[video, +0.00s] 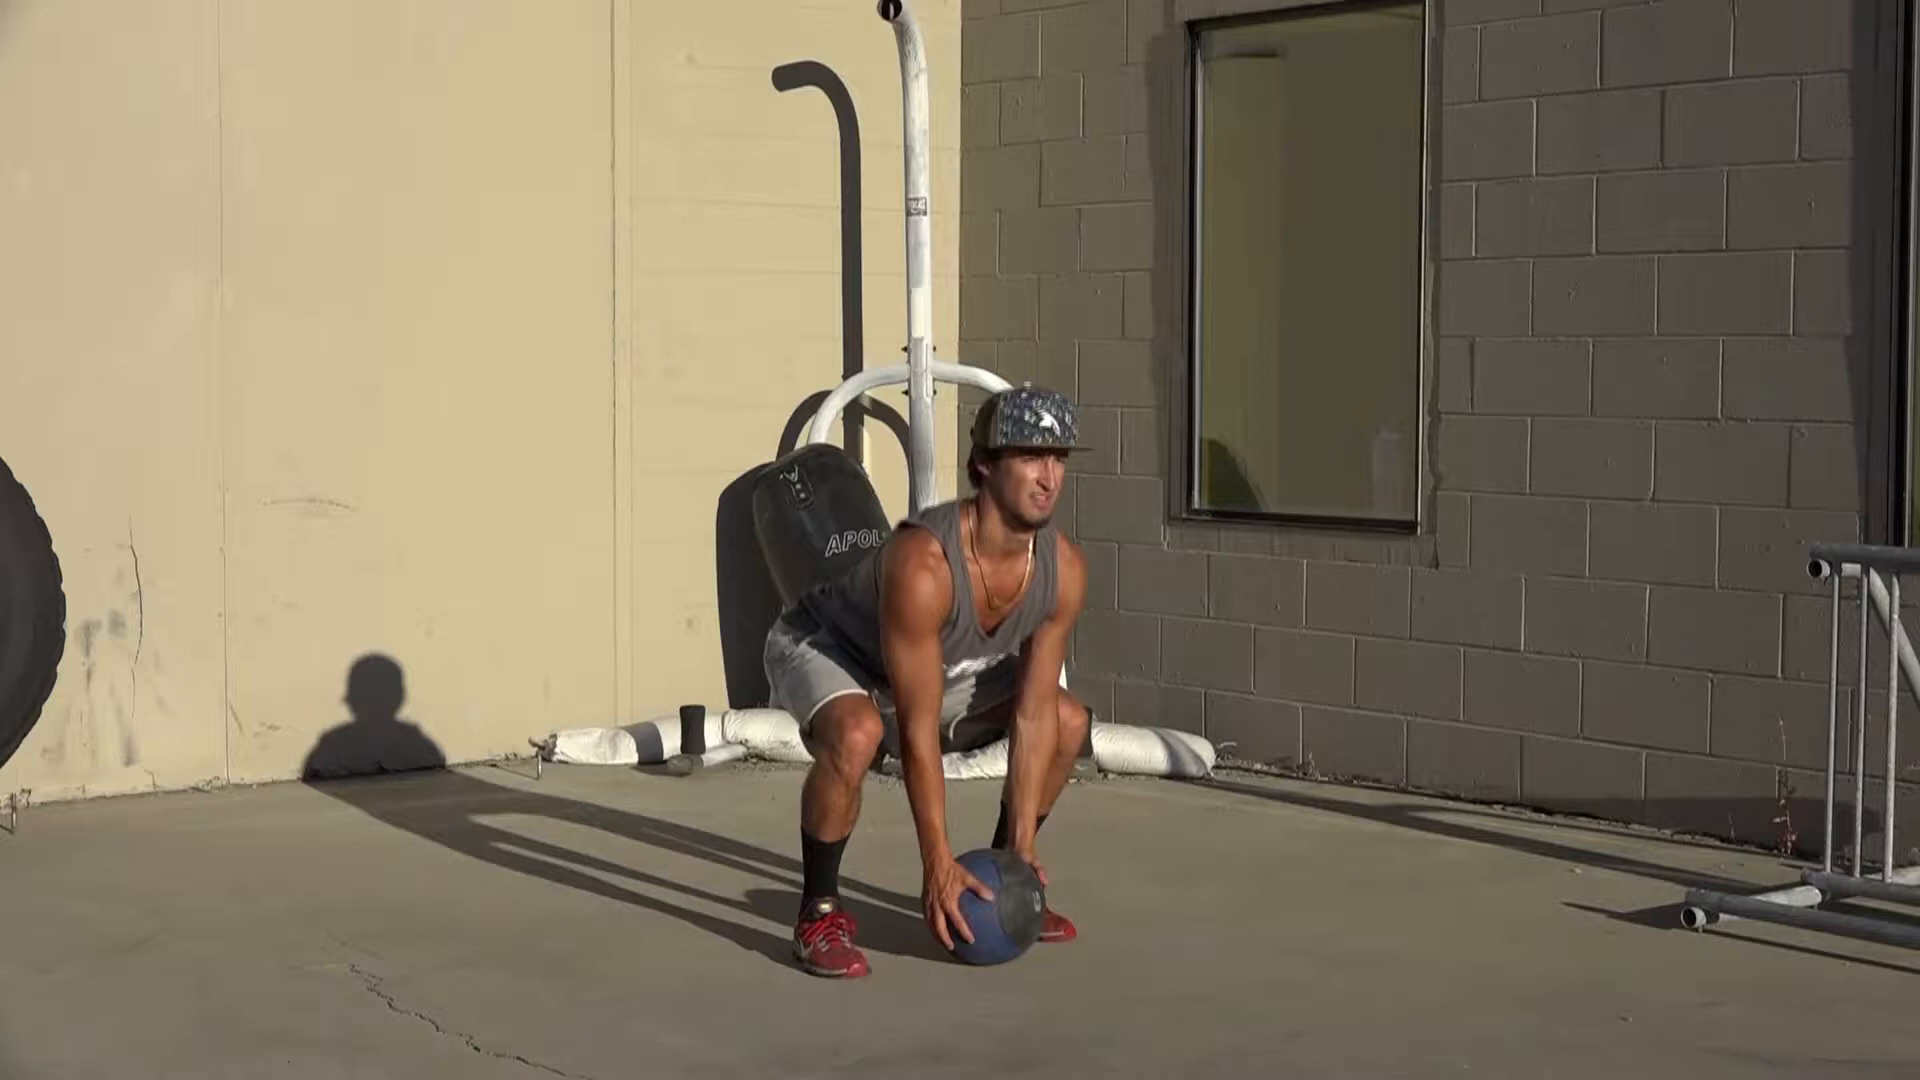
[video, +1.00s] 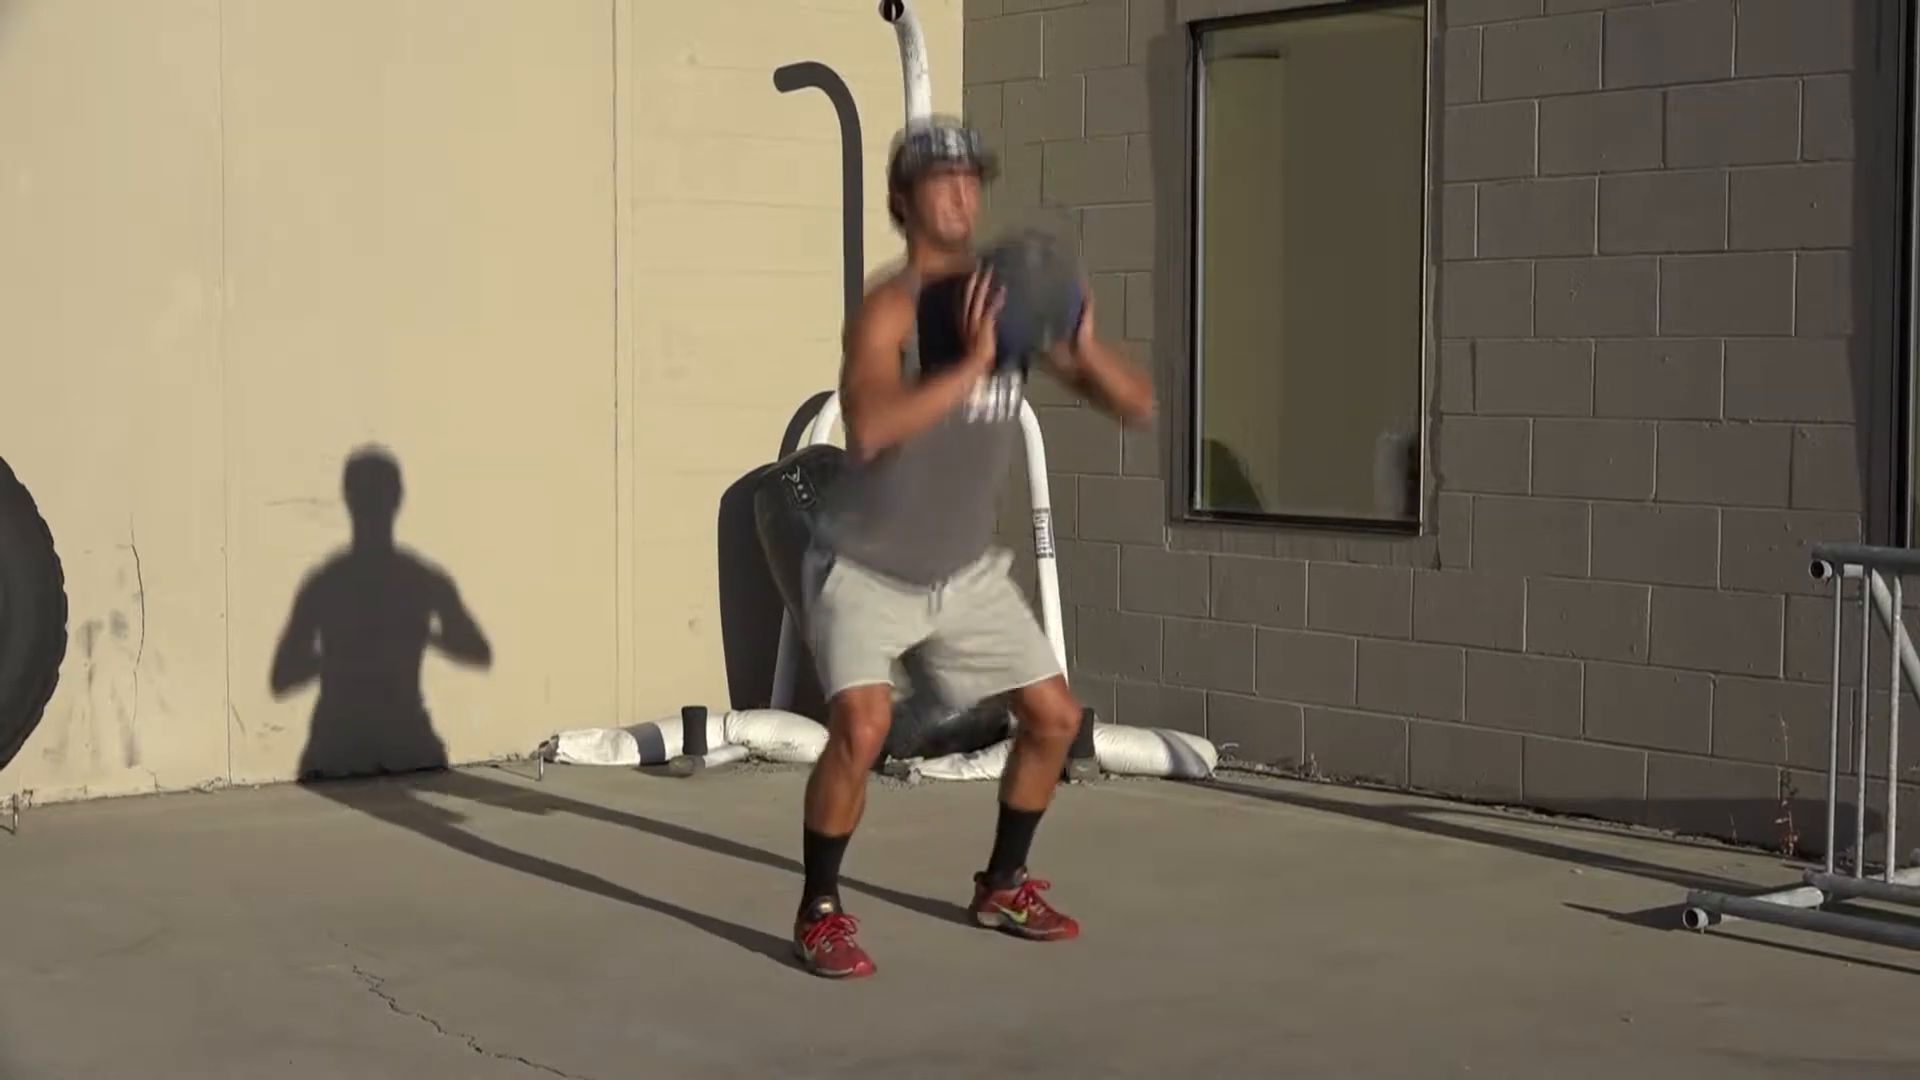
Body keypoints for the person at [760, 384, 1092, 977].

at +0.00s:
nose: (1049, 476)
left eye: (1057, 459)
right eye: (1031, 457)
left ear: (1066, 469)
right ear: (984, 466)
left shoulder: (1062, 568)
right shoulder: (921, 562)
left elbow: (1036, 713)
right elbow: (920, 727)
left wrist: (1019, 852)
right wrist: (937, 859)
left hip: (934, 671)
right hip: (826, 648)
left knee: (1067, 720)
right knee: (856, 731)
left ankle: (1002, 880)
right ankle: (820, 911)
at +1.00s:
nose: (954, 195)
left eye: (965, 180)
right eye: (936, 181)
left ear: (982, 194)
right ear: (901, 199)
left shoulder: (1012, 291)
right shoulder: (888, 306)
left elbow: (1136, 405)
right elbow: (869, 429)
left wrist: (1080, 352)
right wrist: (977, 360)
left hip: (972, 571)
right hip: (868, 570)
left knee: (1055, 716)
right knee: (861, 728)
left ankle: (1003, 884)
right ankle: (819, 910)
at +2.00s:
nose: (979, 147)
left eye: (991, 133)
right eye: (961, 131)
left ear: (1004, 146)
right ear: (922, 139)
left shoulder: (1026, 253)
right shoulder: (880, 251)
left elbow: (1040, 372)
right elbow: (827, 391)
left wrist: (1033, 372)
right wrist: (942, 378)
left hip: (982, 514)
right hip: (883, 511)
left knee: (990, 701)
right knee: (855, 705)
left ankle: (1001, 887)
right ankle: (823, 910)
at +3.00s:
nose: (1064, 468)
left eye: (1074, 452)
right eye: (1047, 450)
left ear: (1085, 460)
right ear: (1004, 455)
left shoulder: (1077, 558)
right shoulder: (940, 549)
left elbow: (1055, 708)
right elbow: (941, 718)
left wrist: (1038, 852)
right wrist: (949, 855)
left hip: (948, 652)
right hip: (843, 631)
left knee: (1071, 723)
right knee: (880, 730)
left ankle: (1015, 884)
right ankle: (828, 912)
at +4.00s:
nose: (1015, 388)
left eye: (1023, 371)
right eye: (995, 374)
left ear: (1037, 386)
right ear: (958, 395)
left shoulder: (1041, 480)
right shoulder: (921, 491)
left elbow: (1164, 615)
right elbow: (924, 635)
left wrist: (1123, 544)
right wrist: (1019, 557)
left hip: (951, 656)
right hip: (846, 649)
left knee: (1071, 728)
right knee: (866, 736)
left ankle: (1008, 886)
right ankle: (827, 914)